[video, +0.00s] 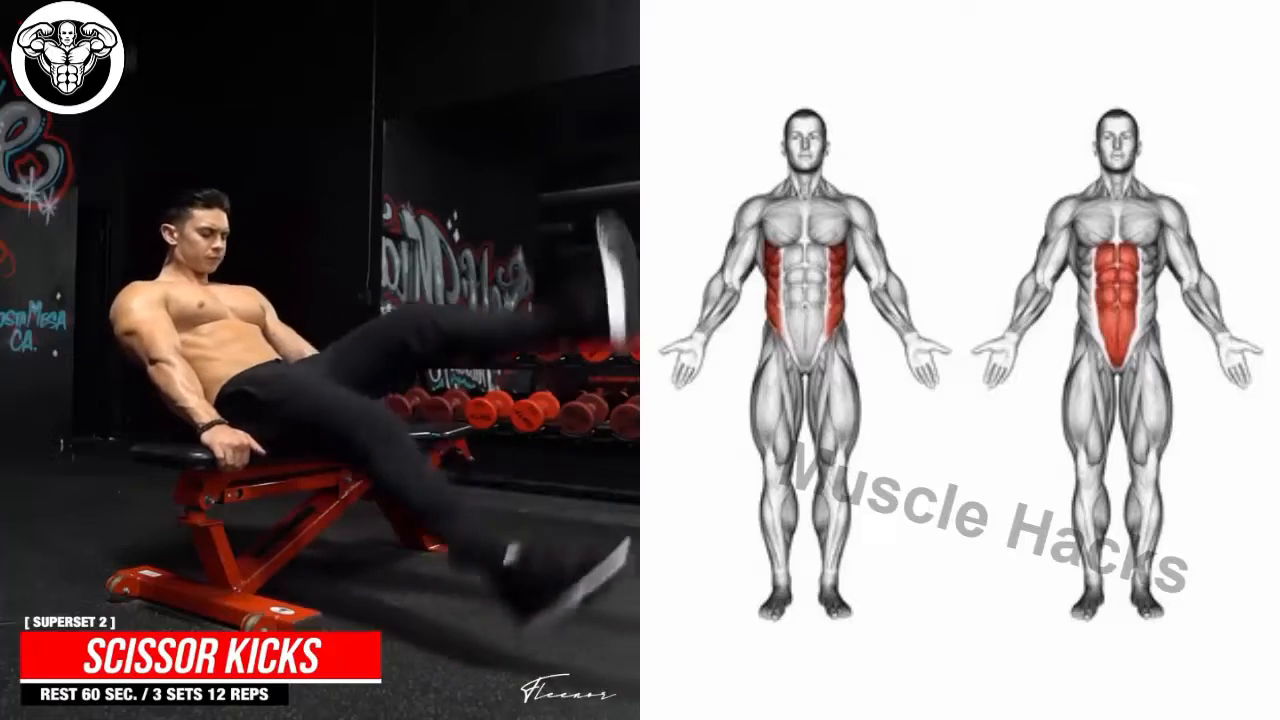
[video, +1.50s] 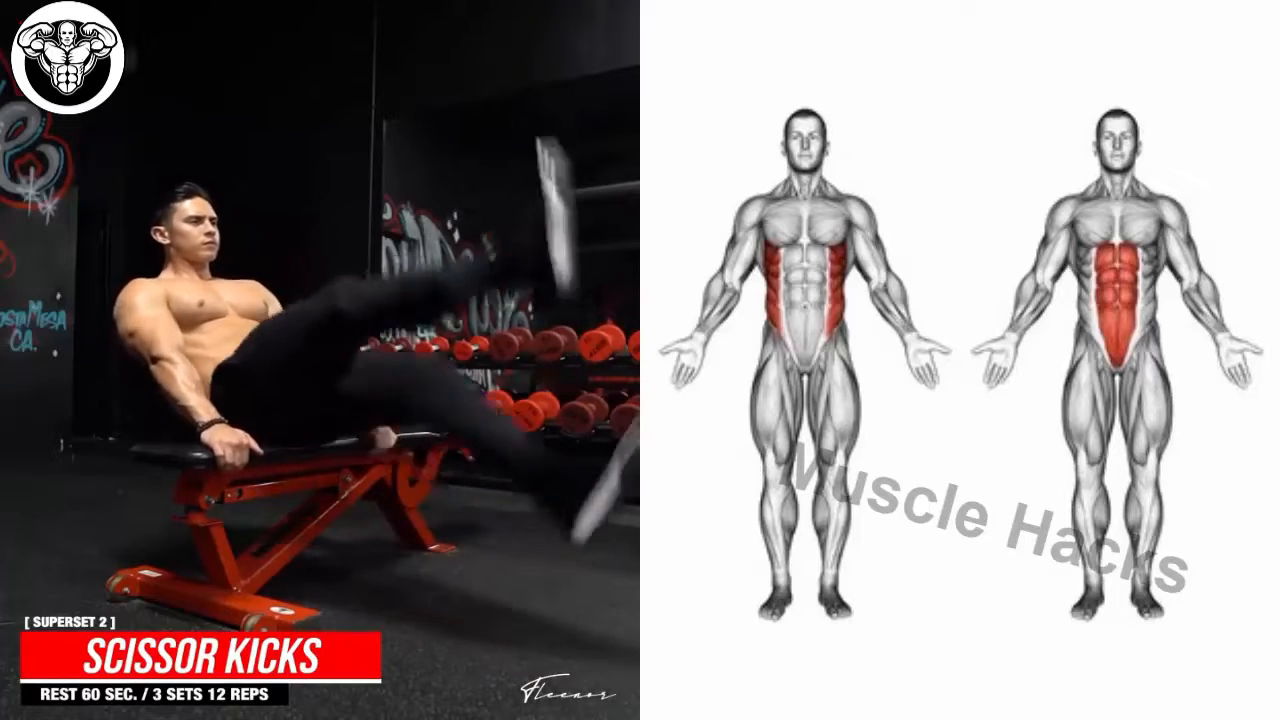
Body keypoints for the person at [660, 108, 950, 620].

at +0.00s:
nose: (804, 145)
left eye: (812, 138)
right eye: (797, 138)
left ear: (825, 145)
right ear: (785, 146)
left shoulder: (851, 211)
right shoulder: (758, 211)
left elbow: (881, 281)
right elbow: (729, 281)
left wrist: (909, 336)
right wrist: (700, 336)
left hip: (832, 356)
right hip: (777, 355)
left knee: (834, 468)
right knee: (777, 469)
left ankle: (829, 584)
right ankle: (780, 585)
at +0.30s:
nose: (804, 146)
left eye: (812, 138)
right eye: (797, 138)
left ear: (825, 145)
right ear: (785, 146)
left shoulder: (851, 211)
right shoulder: (758, 211)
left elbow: (881, 281)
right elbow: (729, 281)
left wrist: (909, 336)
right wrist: (700, 336)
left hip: (832, 356)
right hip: (777, 355)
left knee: (834, 467)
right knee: (777, 469)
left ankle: (829, 584)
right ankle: (780, 585)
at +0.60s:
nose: (804, 145)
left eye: (812, 138)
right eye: (797, 138)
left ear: (825, 145)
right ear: (785, 145)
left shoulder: (851, 211)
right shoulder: (758, 211)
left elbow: (881, 281)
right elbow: (729, 281)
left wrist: (909, 336)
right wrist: (700, 336)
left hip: (832, 356)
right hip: (777, 355)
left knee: (834, 467)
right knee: (777, 469)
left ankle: (829, 584)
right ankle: (780, 585)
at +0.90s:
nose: (804, 145)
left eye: (812, 138)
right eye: (797, 138)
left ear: (825, 145)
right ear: (785, 146)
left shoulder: (851, 211)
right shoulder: (758, 211)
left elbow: (881, 281)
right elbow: (729, 281)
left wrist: (909, 336)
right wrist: (700, 336)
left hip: (832, 355)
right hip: (778, 355)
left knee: (834, 467)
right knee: (777, 469)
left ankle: (829, 584)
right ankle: (780, 585)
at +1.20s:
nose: (804, 145)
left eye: (812, 138)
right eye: (797, 138)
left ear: (825, 145)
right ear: (785, 145)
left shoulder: (851, 211)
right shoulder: (758, 211)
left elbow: (881, 281)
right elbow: (729, 281)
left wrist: (909, 336)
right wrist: (700, 336)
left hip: (832, 356)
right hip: (777, 356)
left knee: (834, 467)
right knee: (776, 469)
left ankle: (830, 584)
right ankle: (780, 585)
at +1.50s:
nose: (804, 145)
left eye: (812, 138)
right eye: (797, 138)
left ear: (825, 145)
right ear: (785, 146)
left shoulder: (851, 211)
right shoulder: (758, 211)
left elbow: (881, 281)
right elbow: (729, 281)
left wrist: (909, 336)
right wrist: (700, 336)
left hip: (832, 355)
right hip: (778, 355)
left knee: (834, 467)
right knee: (776, 469)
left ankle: (829, 584)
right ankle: (780, 585)